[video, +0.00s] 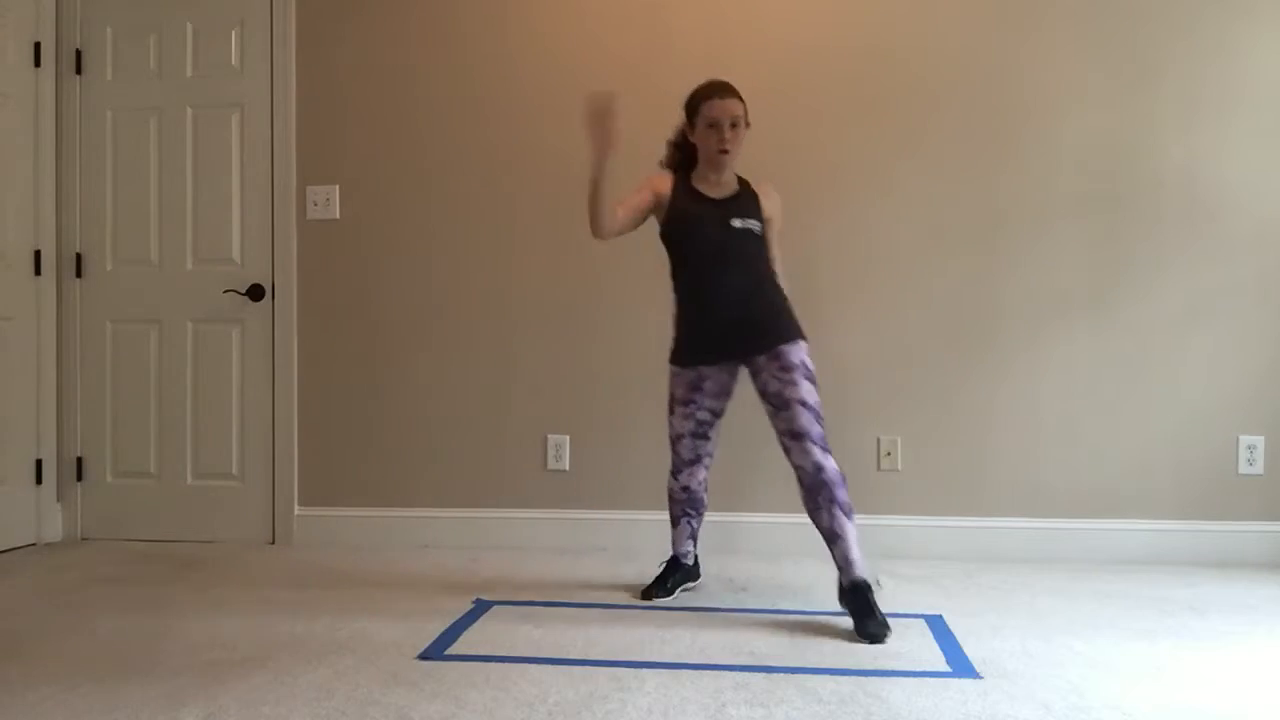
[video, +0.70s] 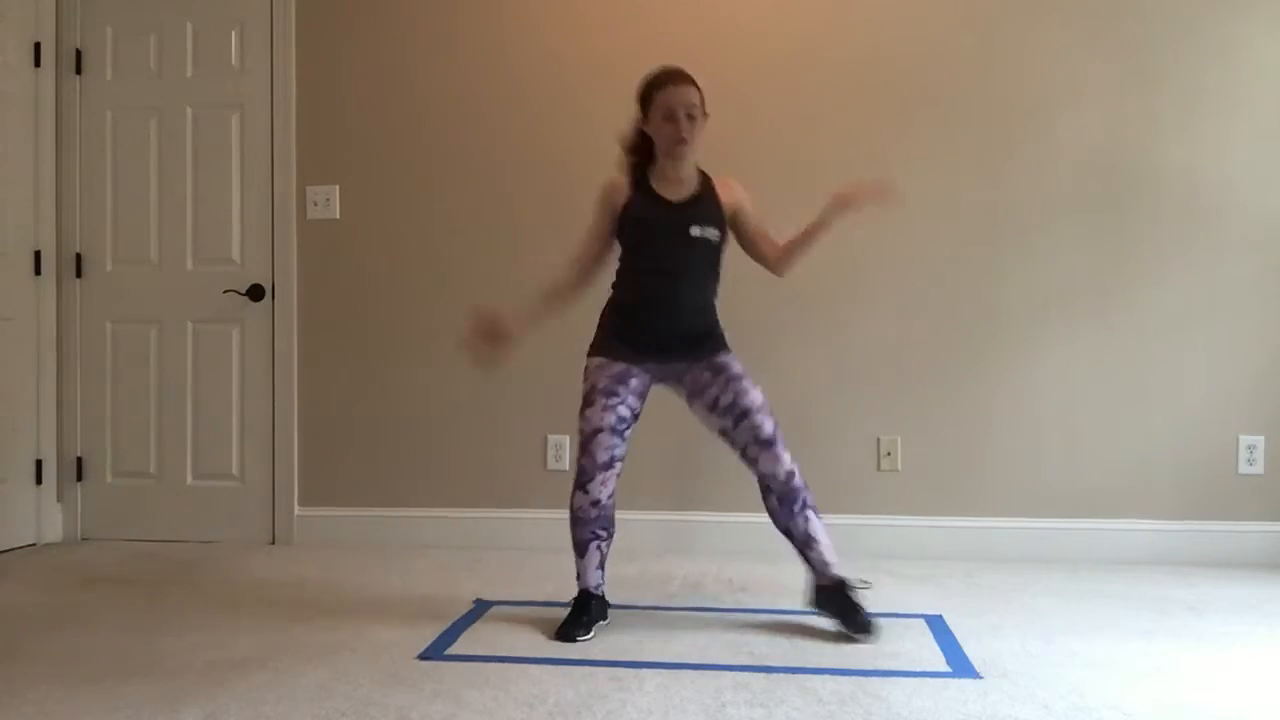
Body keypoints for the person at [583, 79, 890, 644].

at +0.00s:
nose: (725, 136)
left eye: (735, 125)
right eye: (713, 125)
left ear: (746, 130)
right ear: (692, 130)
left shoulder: (762, 198)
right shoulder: (665, 187)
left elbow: (773, 273)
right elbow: (605, 226)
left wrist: (783, 330)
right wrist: (602, 154)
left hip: (770, 333)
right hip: (702, 339)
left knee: (810, 453)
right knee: (688, 456)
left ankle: (855, 584)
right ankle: (683, 559)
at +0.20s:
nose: (745, 140)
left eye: (754, 128)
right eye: (732, 131)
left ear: (771, 136)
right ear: (715, 142)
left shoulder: (799, 203)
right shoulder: (696, 211)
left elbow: (830, 289)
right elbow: (620, 227)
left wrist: (870, 359)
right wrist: (642, 158)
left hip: (804, 358)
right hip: (729, 363)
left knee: (842, 472)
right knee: (684, 464)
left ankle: (864, 593)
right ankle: (681, 554)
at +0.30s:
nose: (749, 118)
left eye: (759, 106)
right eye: (736, 109)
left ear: (776, 115)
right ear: (720, 123)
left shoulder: (806, 185)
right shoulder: (705, 193)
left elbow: (866, 247)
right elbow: (633, 234)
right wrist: (591, 181)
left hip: (791, 351)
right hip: (714, 348)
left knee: (829, 472)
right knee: (659, 447)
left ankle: (861, 597)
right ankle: (662, 523)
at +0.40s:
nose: (746, 108)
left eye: (756, 96)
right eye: (733, 99)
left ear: (775, 104)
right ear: (717, 113)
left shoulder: (801, 170)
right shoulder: (706, 180)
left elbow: (868, 215)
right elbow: (648, 246)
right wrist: (570, 253)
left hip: (766, 339)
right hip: (691, 329)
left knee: (809, 464)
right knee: (642, 425)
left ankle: (854, 592)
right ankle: (626, 532)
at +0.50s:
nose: (731, 121)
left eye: (741, 108)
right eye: (718, 113)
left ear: (761, 113)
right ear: (703, 124)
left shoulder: (784, 180)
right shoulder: (689, 193)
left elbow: (842, 227)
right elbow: (663, 269)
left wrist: (873, 155)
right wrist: (612, 324)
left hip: (736, 341)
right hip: (659, 330)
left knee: (793, 467)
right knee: (612, 457)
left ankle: (853, 589)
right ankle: (590, 579)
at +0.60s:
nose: (707, 141)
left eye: (717, 130)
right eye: (695, 132)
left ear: (734, 136)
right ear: (676, 142)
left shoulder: (756, 207)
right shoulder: (657, 215)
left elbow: (810, 260)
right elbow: (639, 282)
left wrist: (822, 189)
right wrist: (624, 341)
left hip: (709, 361)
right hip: (632, 352)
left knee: (778, 472)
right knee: (593, 475)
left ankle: (847, 590)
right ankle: (590, 593)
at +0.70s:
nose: (683, 126)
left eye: (692, 115)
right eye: (670, 115)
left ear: (704, 122)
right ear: (646, 122)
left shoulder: (724, 195)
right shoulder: (621, 192)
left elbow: (778, 261)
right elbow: (578, 275)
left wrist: (831, 213)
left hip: (700, 353)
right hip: (622, 352)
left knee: (771, 456)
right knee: (595, 472)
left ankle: (828, 582)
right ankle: (590, 596)